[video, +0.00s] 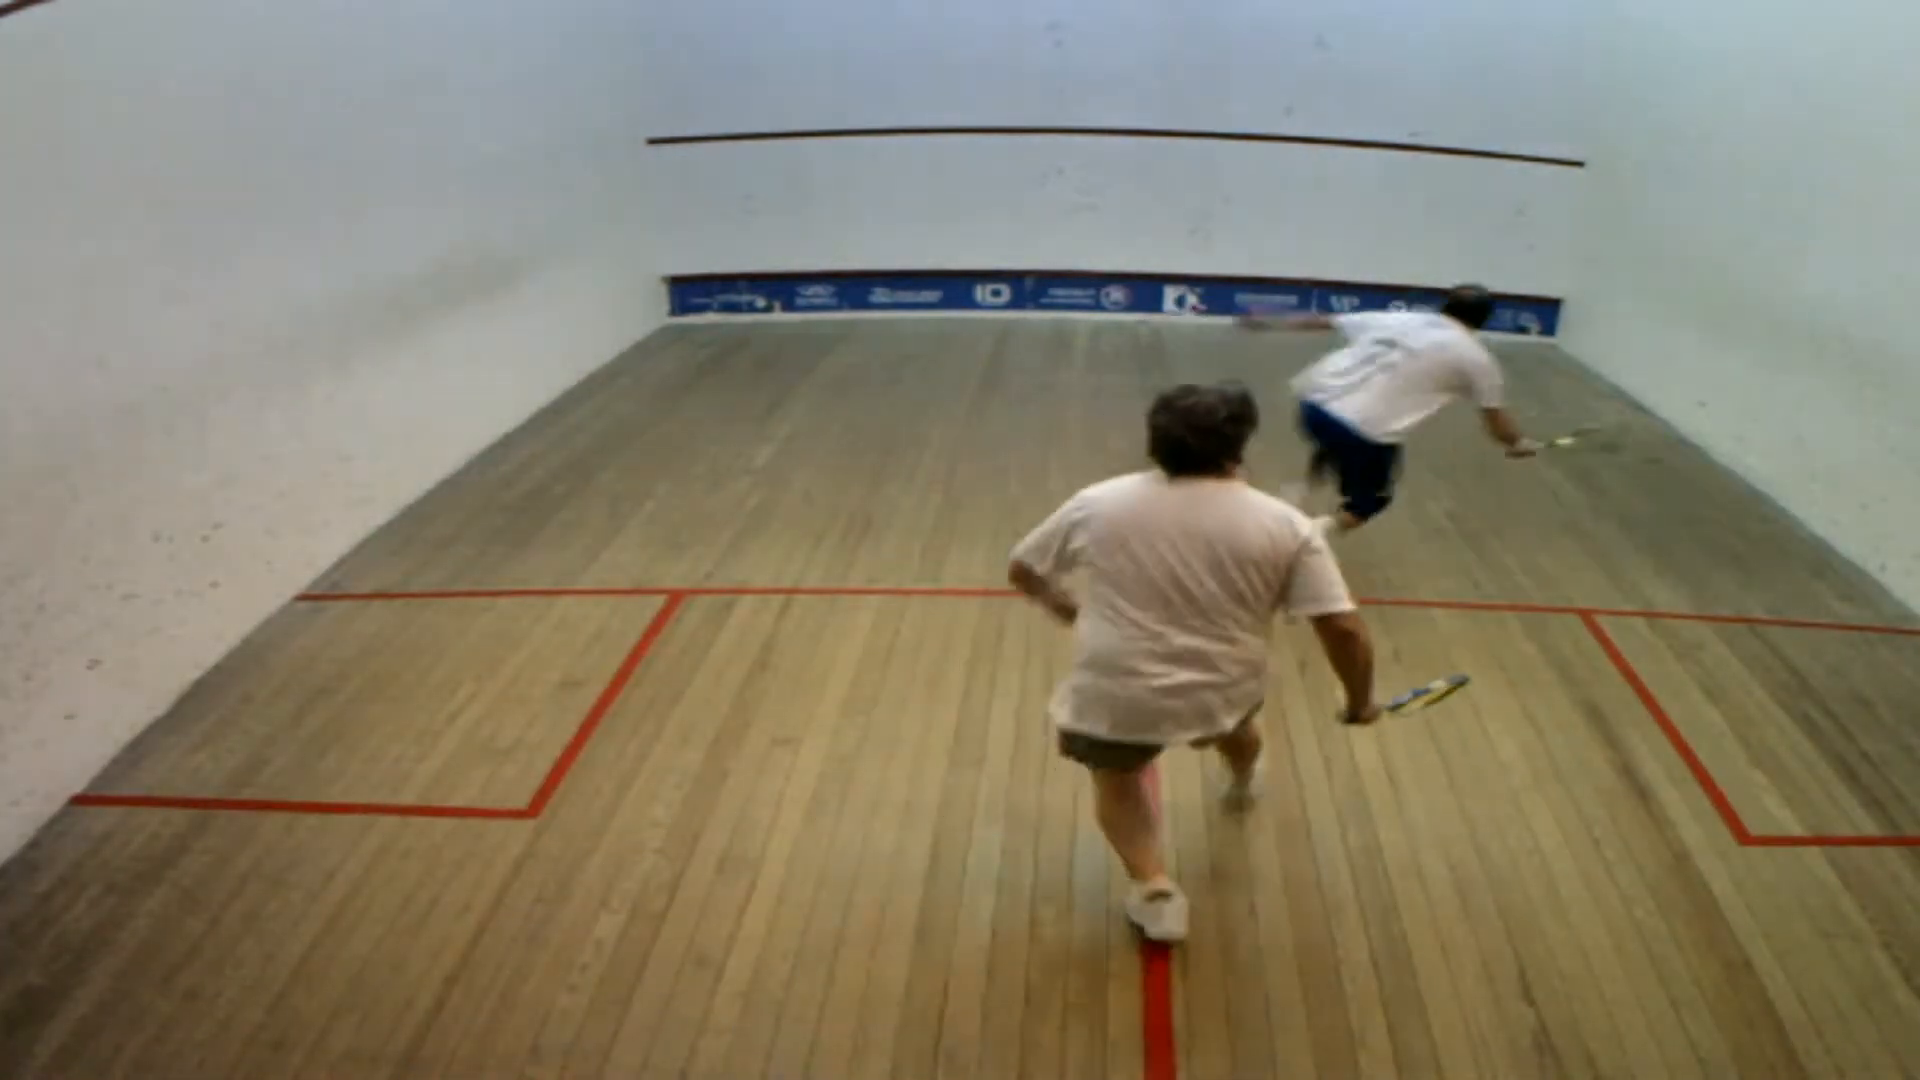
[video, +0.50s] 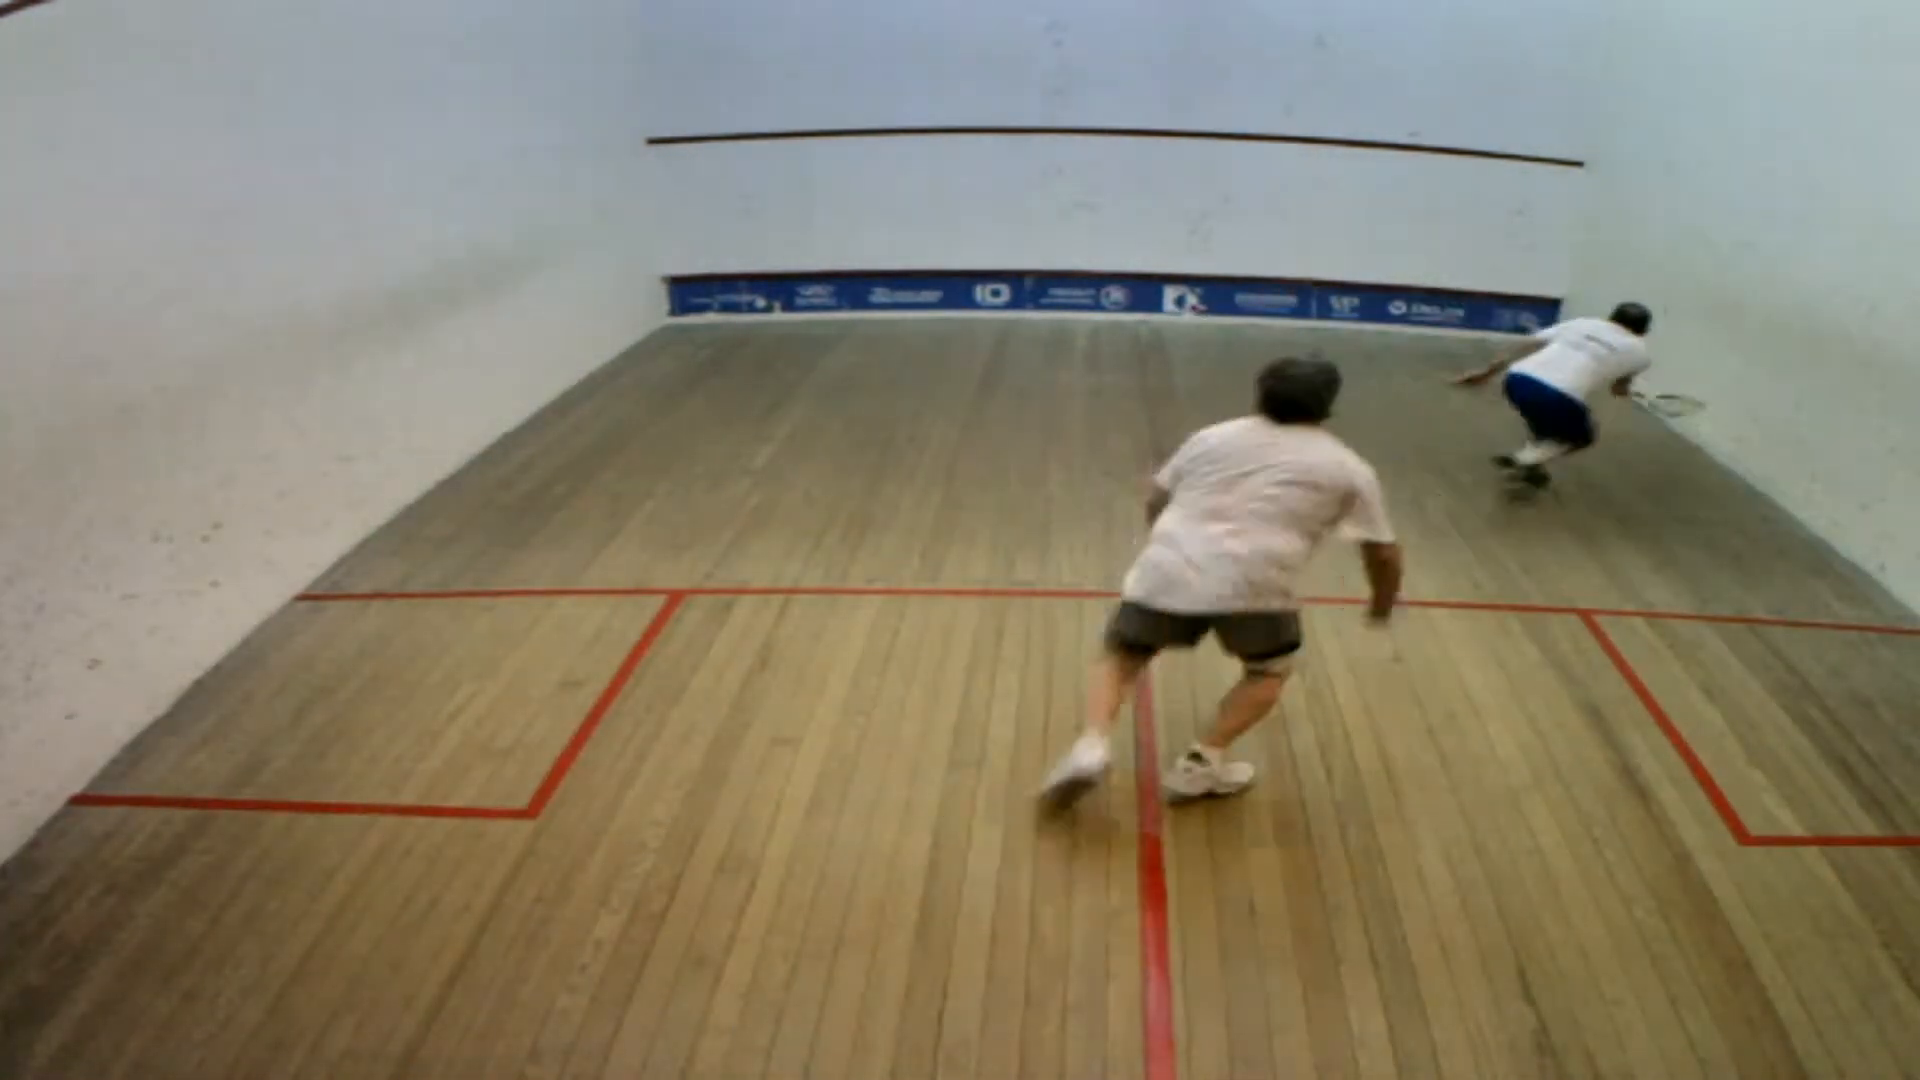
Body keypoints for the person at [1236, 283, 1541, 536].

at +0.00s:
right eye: (1480, 319)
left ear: (1446, 305)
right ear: (1480, 323)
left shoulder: (1403, 318)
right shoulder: (1474, 359)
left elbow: (1327, 322)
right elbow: (1496, 423)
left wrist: (1268, 323)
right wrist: (1517, 444)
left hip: (1314, 406)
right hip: (1361, 434)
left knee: (1330, 452)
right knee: (1370, 501)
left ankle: (1300, 494)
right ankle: (1312, 533)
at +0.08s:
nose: (1521, 313)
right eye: (1523, 307)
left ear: (1486, 292)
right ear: (1519, 307)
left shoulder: (1439, 305)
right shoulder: (1515, 341)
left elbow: (1366, 302)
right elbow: (1537, 402)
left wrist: (1303, 293)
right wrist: (1555, 428)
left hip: (1370, 397)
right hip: (1411, 423)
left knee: (1424, 431)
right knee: (1396, 494)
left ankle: (1402, 497)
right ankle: (1320, 531)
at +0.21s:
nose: (1566, 312)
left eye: (1562, 304)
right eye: (1565, 306)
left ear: (1529, 294)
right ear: (1561, 307)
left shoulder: (1487, 307)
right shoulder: (1560, 337)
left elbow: (1425, 306)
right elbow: (1581, 393)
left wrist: (1365, 308)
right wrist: (1595, 419)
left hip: (1437, 397)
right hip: (1472, 412)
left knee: (1489, 424)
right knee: (1431, 478)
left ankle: (1510, 466)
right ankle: (1355, 521)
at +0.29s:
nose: (1584, 321)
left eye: (1580, 313)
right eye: (1585, 315)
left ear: (1549, 301)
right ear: (1579, 315)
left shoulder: (1508, 318)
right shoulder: (1580, 345)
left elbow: (1447, 326)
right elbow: (1598, 395)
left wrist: (1395, 331)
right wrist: (1614, 421)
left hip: (1462, 402)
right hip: (1500, 417)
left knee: (1520, 427)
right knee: (1454, 484)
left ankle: (1530, 472)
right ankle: (1379, 512)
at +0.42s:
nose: (1624, 340)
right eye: (1625, 336)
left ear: (1592, 320)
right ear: (1621, 335)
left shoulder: (1562, 329)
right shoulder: (1619, 355)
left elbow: (1506, 351)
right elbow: (1622, 403)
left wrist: (1458, 380)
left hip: (1498, 387)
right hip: (1535, 405)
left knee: (1518, 435)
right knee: (1530, 470)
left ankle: (1533, 473)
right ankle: (1470, 477)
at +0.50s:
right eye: (1643, 332)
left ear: (1613, 316)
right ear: (1641, 331)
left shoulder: (1582, 323)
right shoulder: (1639, 353)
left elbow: (1529, 344)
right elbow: (1619, 387)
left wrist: (1486, 372)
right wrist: (1626, 390)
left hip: (1520, 378)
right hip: (1561, 396)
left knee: (1541, 428)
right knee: (1582, 438)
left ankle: (1530, 465)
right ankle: (1524, 458)